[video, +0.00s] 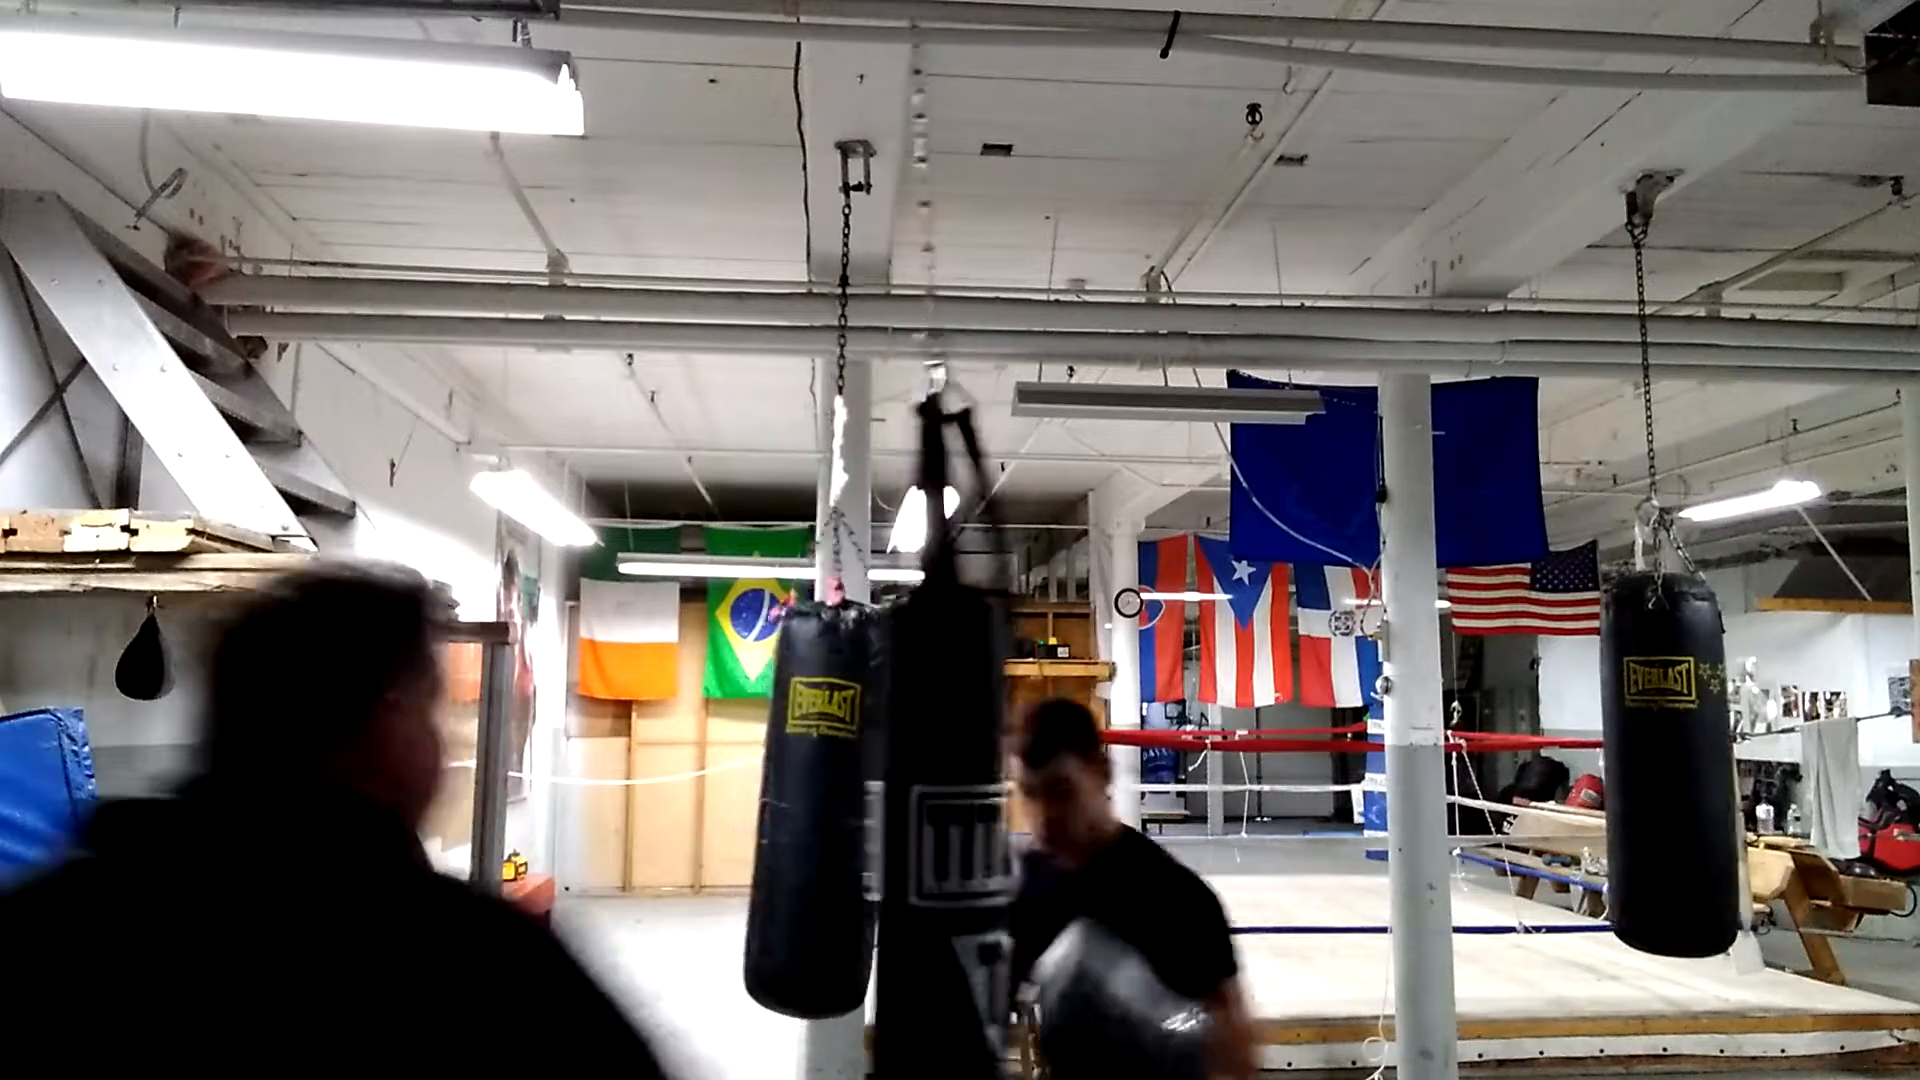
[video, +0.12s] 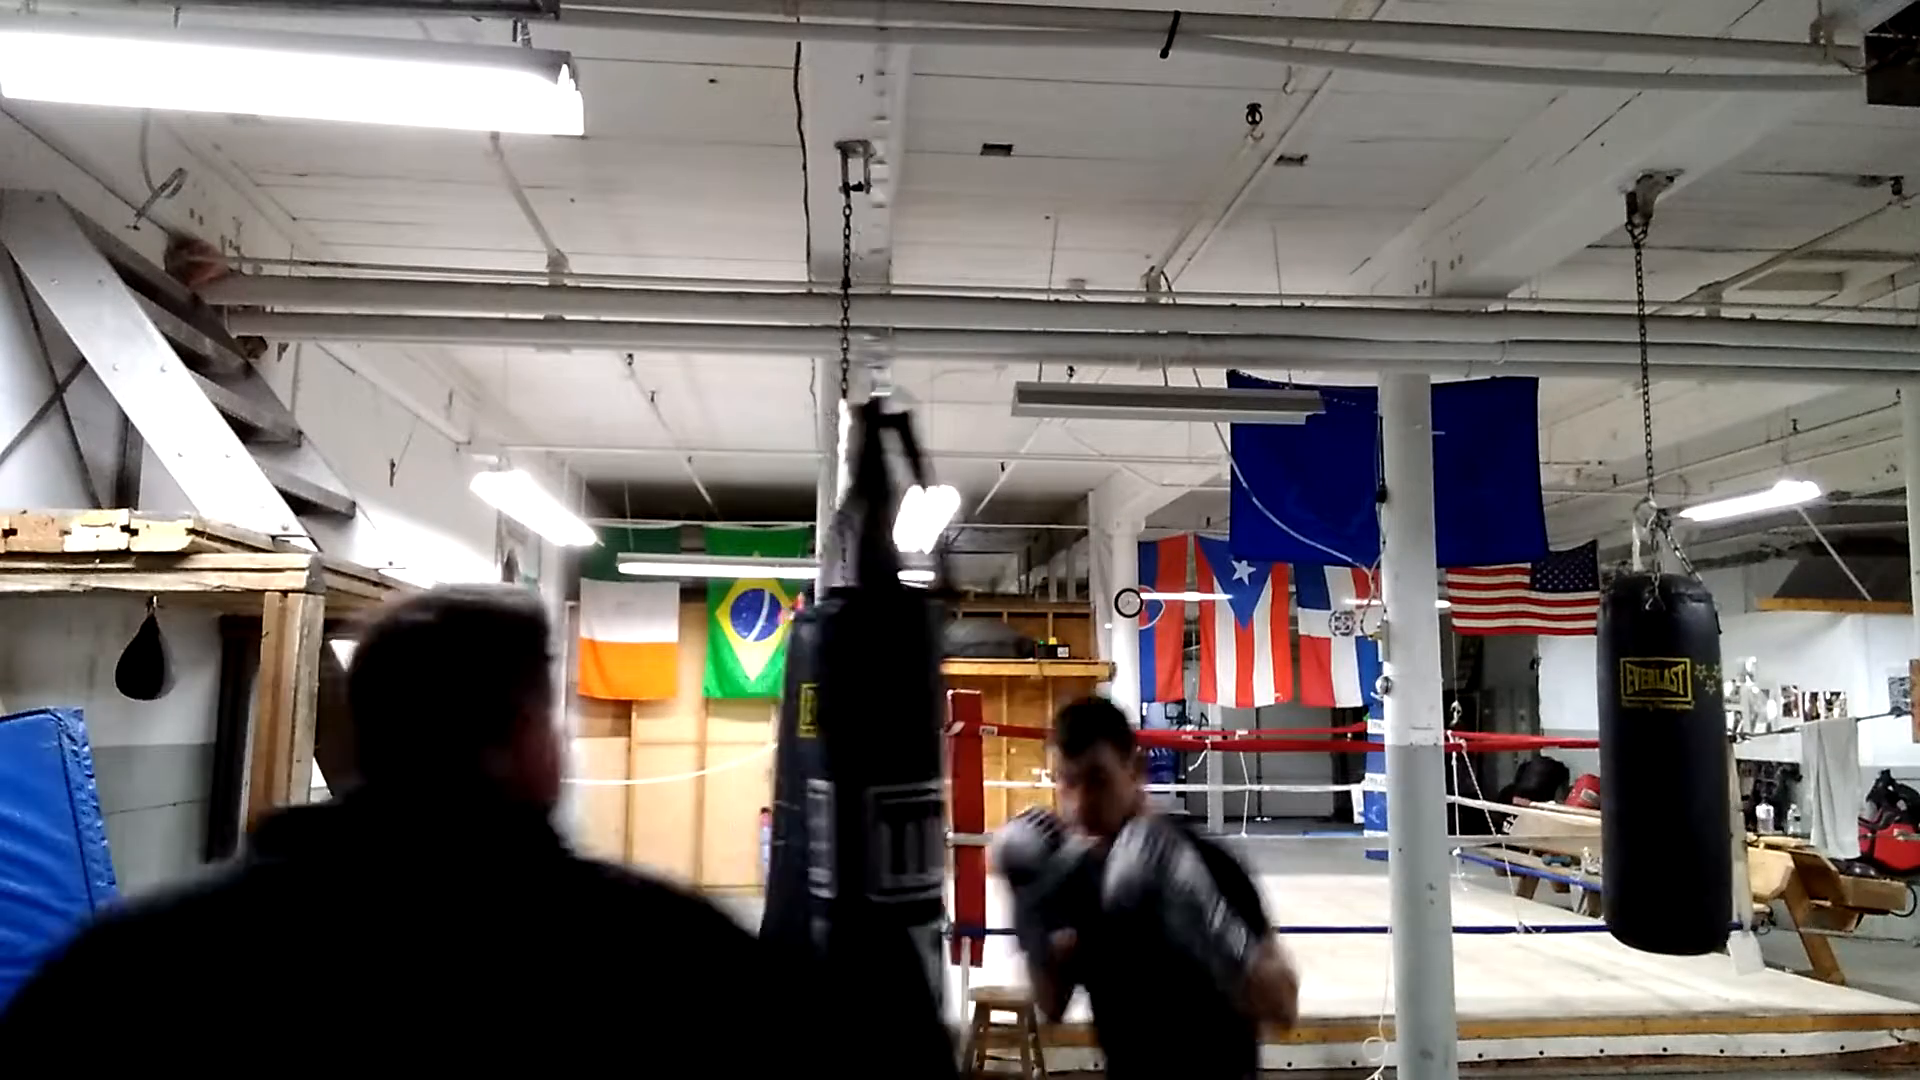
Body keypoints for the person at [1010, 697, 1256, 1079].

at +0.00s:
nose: (1045, 814)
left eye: (1060, 791)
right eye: (1031, 795)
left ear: (1103, 774)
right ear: (1020, 790)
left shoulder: (1176, 895)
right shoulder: (1035, 879)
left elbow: (1234, 1038)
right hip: (1067, 1078)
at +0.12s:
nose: (1082, 800)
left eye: (1096, 779)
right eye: (1068, 782)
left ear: (1136, 769)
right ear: (1054, 781)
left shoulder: (1204, 864)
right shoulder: (1077, 875)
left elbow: (1281, 1000)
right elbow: (1052, 1004)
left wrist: (1188, 893)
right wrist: (1029, 892)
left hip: (1217, 1076)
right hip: (1130, 1074)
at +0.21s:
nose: (1100, 765)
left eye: (1115, 743)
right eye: (1089, 747)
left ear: (1156, 734)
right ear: (1080, 747)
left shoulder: (1231, 825)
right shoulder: (1103, 840)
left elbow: (1297, 963)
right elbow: (1097, 979)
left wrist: (1209, 877)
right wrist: (1069, 865)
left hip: (1241, 1048)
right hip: (1153, 1051)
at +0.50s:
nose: (1186, 789)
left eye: (1203, 768)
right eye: (1175, 770)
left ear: (1242, 755)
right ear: (1165, 767)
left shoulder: (1313, 852)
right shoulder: (1192, 860)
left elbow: (1387, 972)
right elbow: (1183, 997)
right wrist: (1151, 928)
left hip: (1312, 1060)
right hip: (1230, 1056)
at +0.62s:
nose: (1201, 765)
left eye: (1216, 745)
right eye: (1189, 749)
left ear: (1256, 731)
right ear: (1178, 746)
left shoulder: (1326, 818)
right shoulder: (1199, 831)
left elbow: (1421, 937)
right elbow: (1192, 958)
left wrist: (1334, 903)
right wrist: (1155, 865)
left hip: (1317, 1043)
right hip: (1235, 1043)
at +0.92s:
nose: (1205, 776)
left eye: (1224, 756)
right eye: (1196, 757)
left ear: (1268, 746)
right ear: (1187, 751)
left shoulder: (1338, 852)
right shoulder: (1210, 838)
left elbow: (1379, 1000)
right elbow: (1191, 972)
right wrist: (1155, 909)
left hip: (1322, 1064)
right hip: (1240, 1056)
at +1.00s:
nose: (1193, 783)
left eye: (1213, 765)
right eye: (1184, 765)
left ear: (1258, 756)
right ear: (1175, 762)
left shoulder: (1330, 872)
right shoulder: (1205, 842)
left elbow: (1363, 1016)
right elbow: (1234, 945)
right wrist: (1178, 944)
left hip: (1318, 1079)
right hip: (1243, 1072)